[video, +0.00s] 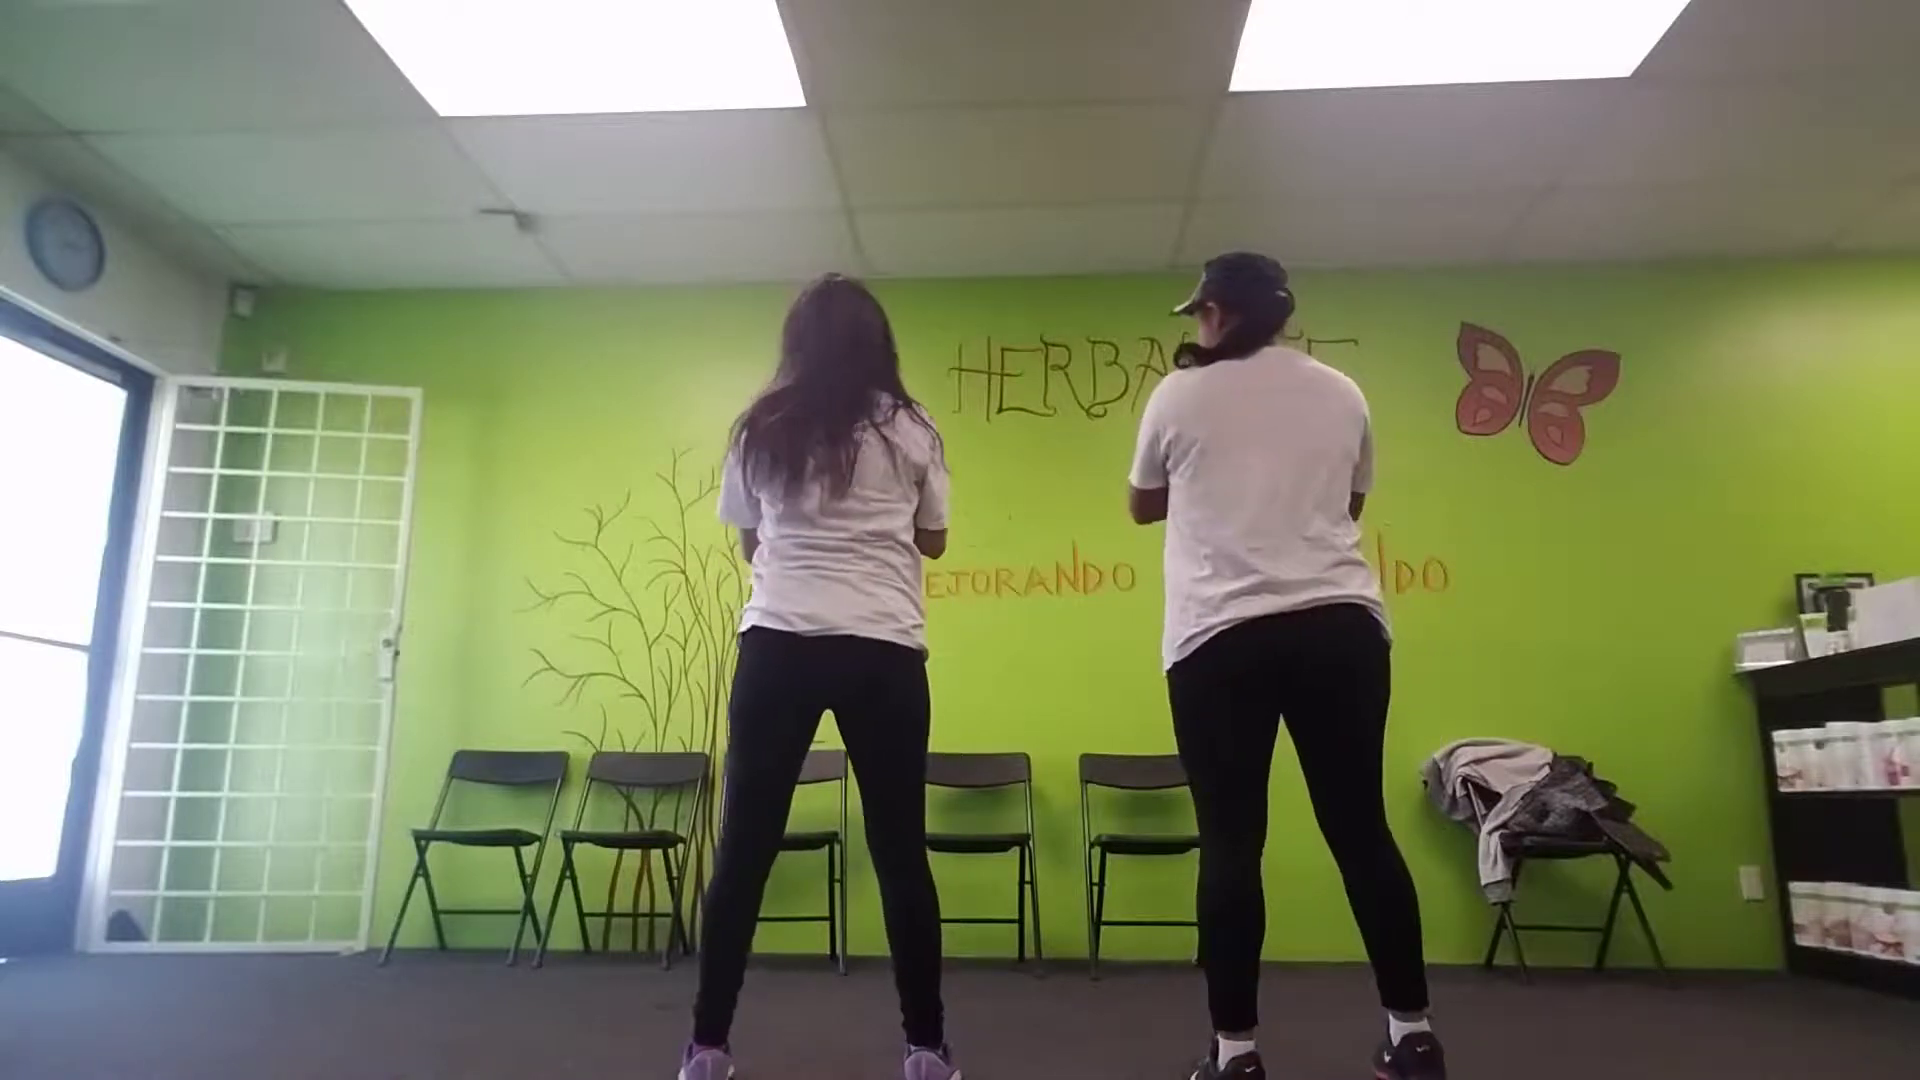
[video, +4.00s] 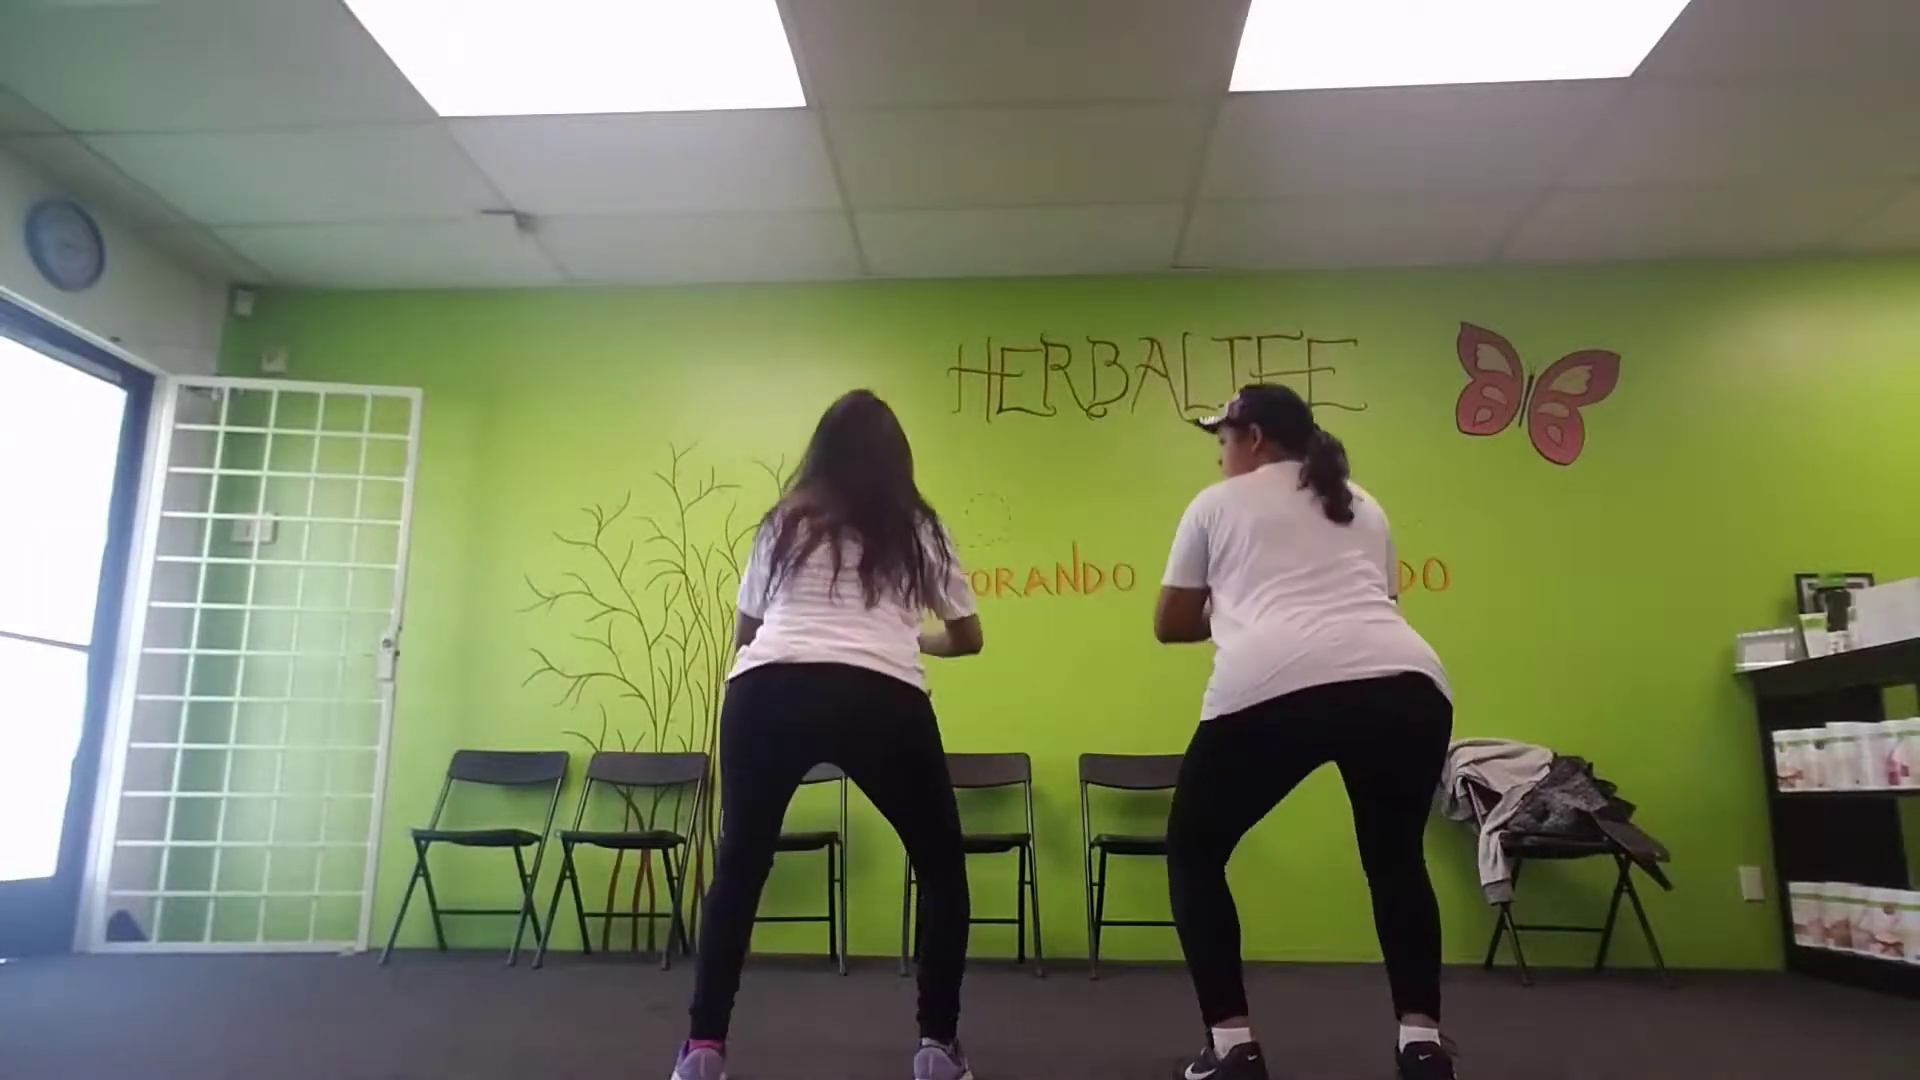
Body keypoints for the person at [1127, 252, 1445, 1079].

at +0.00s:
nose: (1197, 326)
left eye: (1204, 313)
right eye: (1199, 313)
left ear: (1226, 316)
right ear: (1282, 315)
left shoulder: (1177, 394)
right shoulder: (1341, 391)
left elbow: (1146, 504)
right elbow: (1350, 503)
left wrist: (1230, 467)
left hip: (1220, 647)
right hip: (1341, 637)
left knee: (1230, 844)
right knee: (1361, 828)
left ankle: (1234, 1050)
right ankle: (1412, 1033)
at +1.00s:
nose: (1224, 458)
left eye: (1229, 443)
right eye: (1225, 443)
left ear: (1259, 440)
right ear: (1305, 443)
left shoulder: (1219, 514)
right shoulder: (1373, 510)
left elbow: (1187, 618)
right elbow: (1375, 595)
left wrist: (1266, 583)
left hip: (1274, 716)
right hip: (1409, 709)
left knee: (1200, 863)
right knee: (1399, 862)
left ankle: (1231, 1049)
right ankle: (1424, 1043)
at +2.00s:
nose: (1218, 429)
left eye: (1222, 415)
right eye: (1219, 415)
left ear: (1246, 416)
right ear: (1298, 416)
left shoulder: (1206, 484)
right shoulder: (1361, 484)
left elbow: (1169, 591)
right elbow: (1378, 584)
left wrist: (1249, 559)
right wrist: (1300, 565)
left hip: (1256, 690)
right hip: (1383, 682)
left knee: (1192, 859)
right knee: (1390, 855)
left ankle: (1232, 1045)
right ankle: (1421, 1036)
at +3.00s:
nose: (1223, 425)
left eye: (1228, 410)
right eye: (1224, 411)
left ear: (1255, 407)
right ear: (1306, 409)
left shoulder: (1217, 476)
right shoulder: (1370, 476)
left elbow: (1170, 583)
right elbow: (1388, 569)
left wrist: (1245, 550)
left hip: (1269, 687)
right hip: (1398, 682)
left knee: (1203, 856)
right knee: (1390, 856)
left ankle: (1232, 1049)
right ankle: (1424, 1043)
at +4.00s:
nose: (1220, 455)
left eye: (1226, 441)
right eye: (1221, 441)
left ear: (1254, 440)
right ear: (1297, 442)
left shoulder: (1215, 505)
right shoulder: (1364, 504)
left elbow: (1173, 624)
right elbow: (1386, 600)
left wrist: (1248, 608)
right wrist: (1311, 605)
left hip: (1270, 694)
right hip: (1401, 687)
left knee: (1195, 854)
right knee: (1396, 856)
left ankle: (1232, 1045)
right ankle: (1421, 1037)